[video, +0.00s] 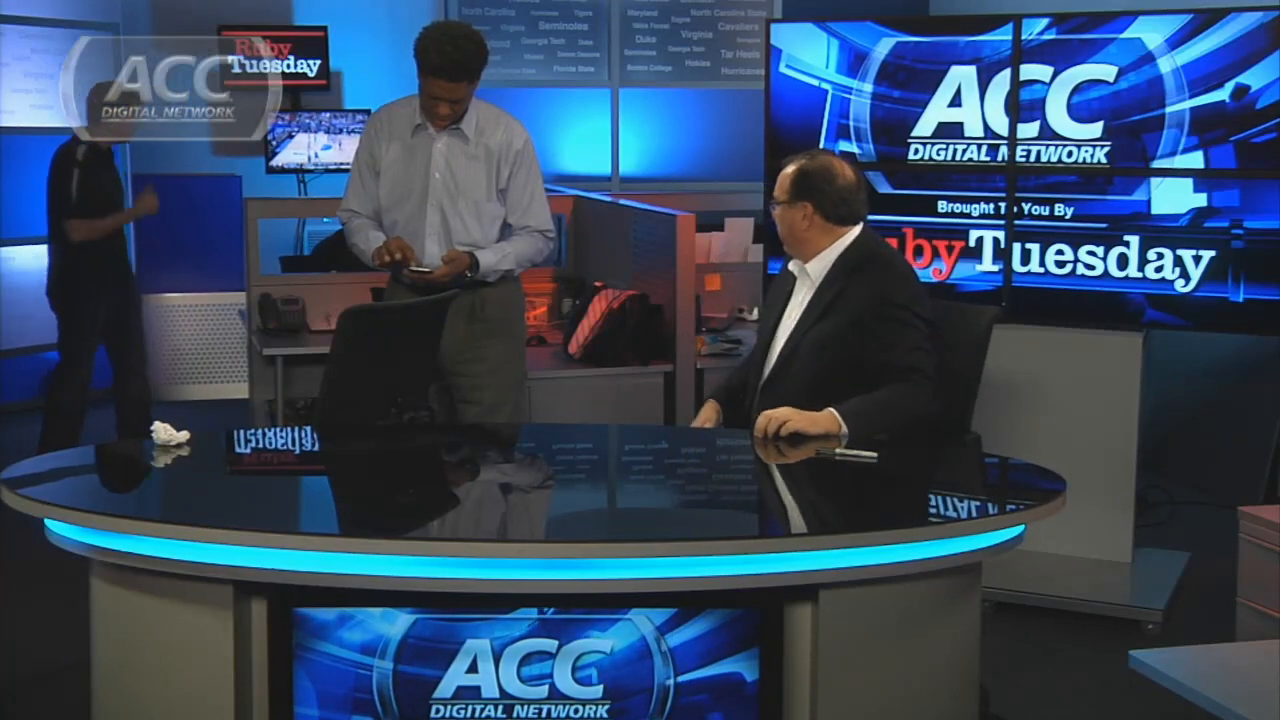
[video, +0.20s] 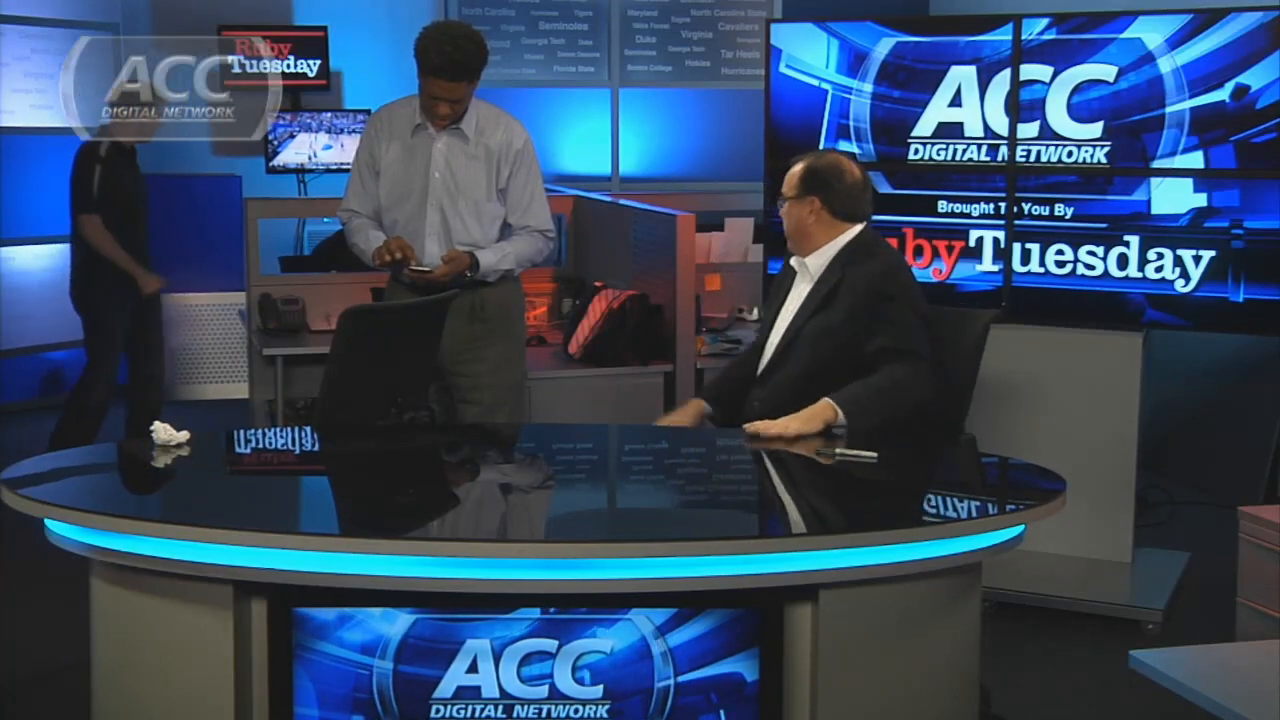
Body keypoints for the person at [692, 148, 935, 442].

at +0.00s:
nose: (772, 213)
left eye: (777, 203)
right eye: (774, 203)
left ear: (806, 214)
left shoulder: (885, 276)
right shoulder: (797, 270)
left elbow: (915, 389)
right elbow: (766, 356)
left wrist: (833, 419)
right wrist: (718, 404)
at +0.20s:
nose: (779, 211)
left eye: (785, 201)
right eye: (780, 201)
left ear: (812, 208)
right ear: (811, 211)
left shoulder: (879, 271)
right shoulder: (799, 267)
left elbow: (910, 376)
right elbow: (763, 353)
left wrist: (823, 412)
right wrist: (697, 408)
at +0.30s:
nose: (771, 212)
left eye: (777, 199)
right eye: (773, 200)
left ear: (808, 204)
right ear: (807, 205)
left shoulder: (868, 257)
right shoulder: (785, 263)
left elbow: (906, 344)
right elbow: (740, 337)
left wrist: (836, 403)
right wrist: (665, 383)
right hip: (748, 440)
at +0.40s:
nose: (755, 229)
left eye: (759, 214)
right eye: (755, 216)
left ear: (788, 214)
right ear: (787, 215)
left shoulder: (848, 251)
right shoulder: (778, 266)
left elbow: (892, 325)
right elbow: (747, 339)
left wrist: (834, 399)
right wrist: (678, 385)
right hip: (750, 430)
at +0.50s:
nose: (735, 252)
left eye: (734, 237)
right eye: (731, 240)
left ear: (763, 228)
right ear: (763, 229)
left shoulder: (831, 261)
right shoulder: (771, 280)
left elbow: (886, 329)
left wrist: (840, 397)